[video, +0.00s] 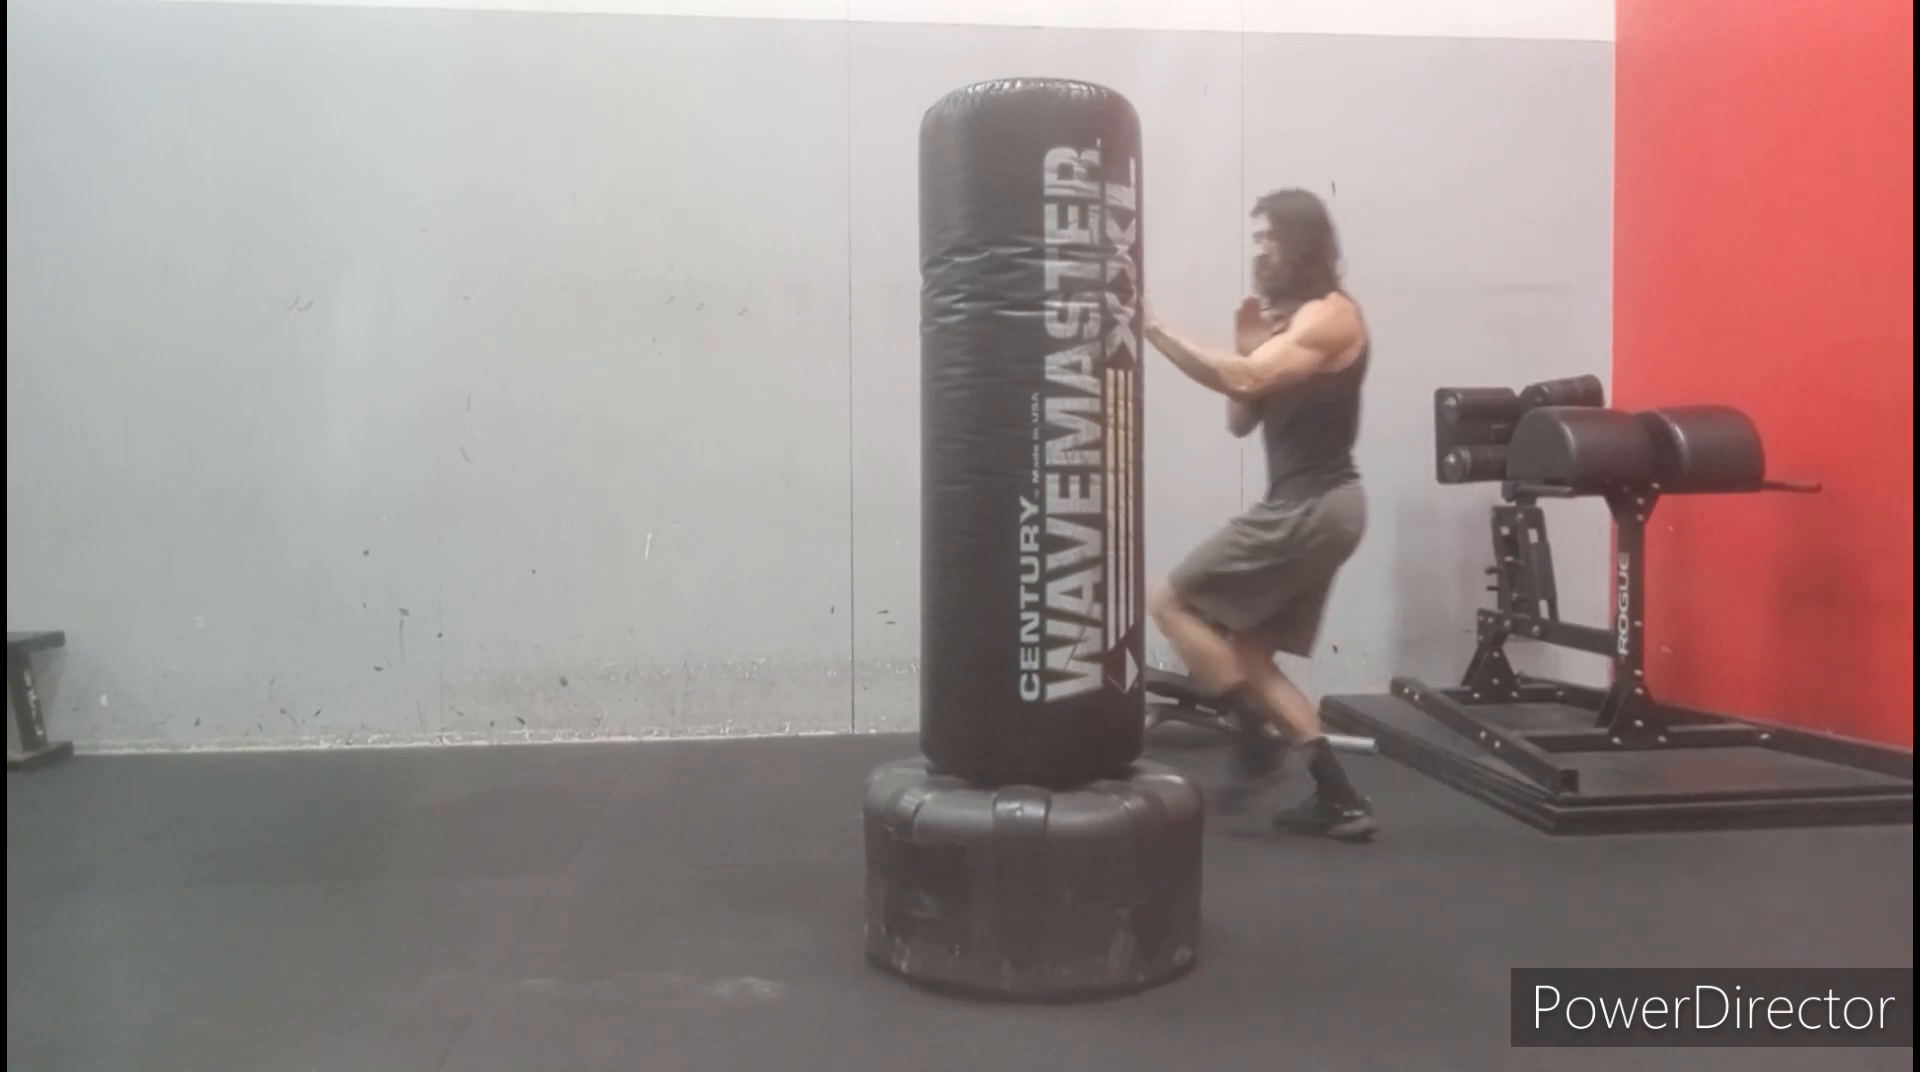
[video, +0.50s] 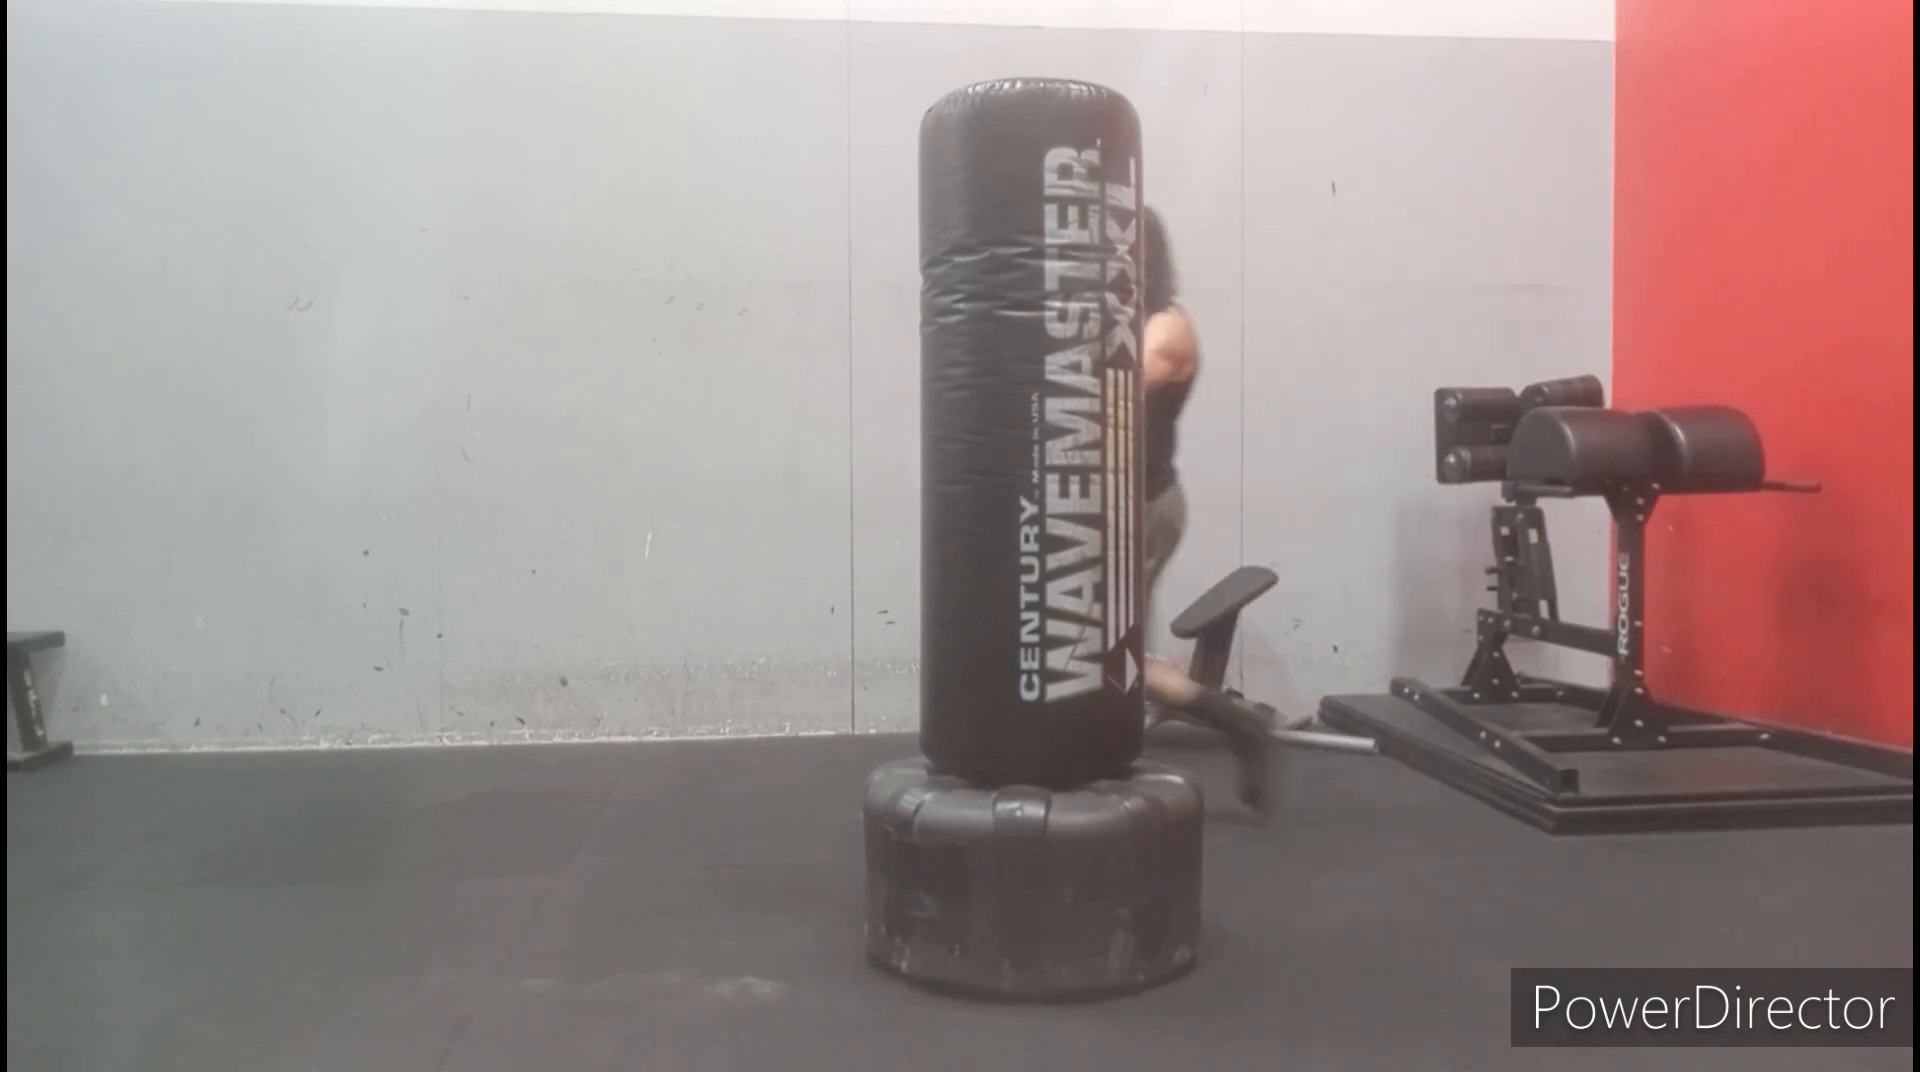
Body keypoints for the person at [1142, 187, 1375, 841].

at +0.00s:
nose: (1257, 255)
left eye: (1269, 242)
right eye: (1256, 242)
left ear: (1307, 249)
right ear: (1269, 248)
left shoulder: (1331, 315)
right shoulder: (1295, 322)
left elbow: (1247, 380)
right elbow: (1238, 421)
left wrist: (1152, 329)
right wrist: (1245, 350)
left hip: (1312, 505)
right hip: (1318, 505)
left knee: (1171, 601)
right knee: (1248, 660)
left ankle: (1252, 722)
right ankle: (1336, 794)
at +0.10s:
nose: (1230, 256)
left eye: (1241, 243)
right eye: (1228, 244)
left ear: (1276, 248)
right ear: (1243, 252)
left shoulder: (1305, 319)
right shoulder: (1259, 326)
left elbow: (1228, 381)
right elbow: (1214, 423)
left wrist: (1140, 342)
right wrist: (1221, 351)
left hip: (1288, 507)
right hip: (1278, 505)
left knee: (1142, 595)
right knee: (1230, 661)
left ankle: (1163, 757)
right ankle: (1336, 797)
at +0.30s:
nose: (1170, 261)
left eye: (1181, 249)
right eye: (1167, 249)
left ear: (1215, 255)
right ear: (1166, 256)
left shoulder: (1238, 327)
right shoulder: (1179, 327)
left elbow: (1172, 388)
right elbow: (1137, 420)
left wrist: (1133, 345)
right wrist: (1152, 352)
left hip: (1211, 517)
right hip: (1215, 514)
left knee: (1095, 614)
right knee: (1202, 678)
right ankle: (1328, 786)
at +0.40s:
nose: (1135, 264)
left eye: (1147, 251)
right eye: (1133, 251)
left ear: (1179, 259)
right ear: (1139, 259)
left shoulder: (1199, 329)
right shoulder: (1151, 327)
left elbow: (1132, 390)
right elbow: (1118, 396)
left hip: (1170, 513)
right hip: (1164, 510)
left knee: (1103, 652)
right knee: (1162, 668)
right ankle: (1303, 765)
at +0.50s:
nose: (1104, 273)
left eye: (1112, 259)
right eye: (1105, 259)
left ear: (1133, 263)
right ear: (1156, 260)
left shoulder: (1164, 330)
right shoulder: (1145, 328)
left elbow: (1114, 406)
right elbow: (1119, 403)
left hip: (1147, 502)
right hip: (1141, 499)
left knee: (1114, 656)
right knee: (1114, 654)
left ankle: (1234, 719)